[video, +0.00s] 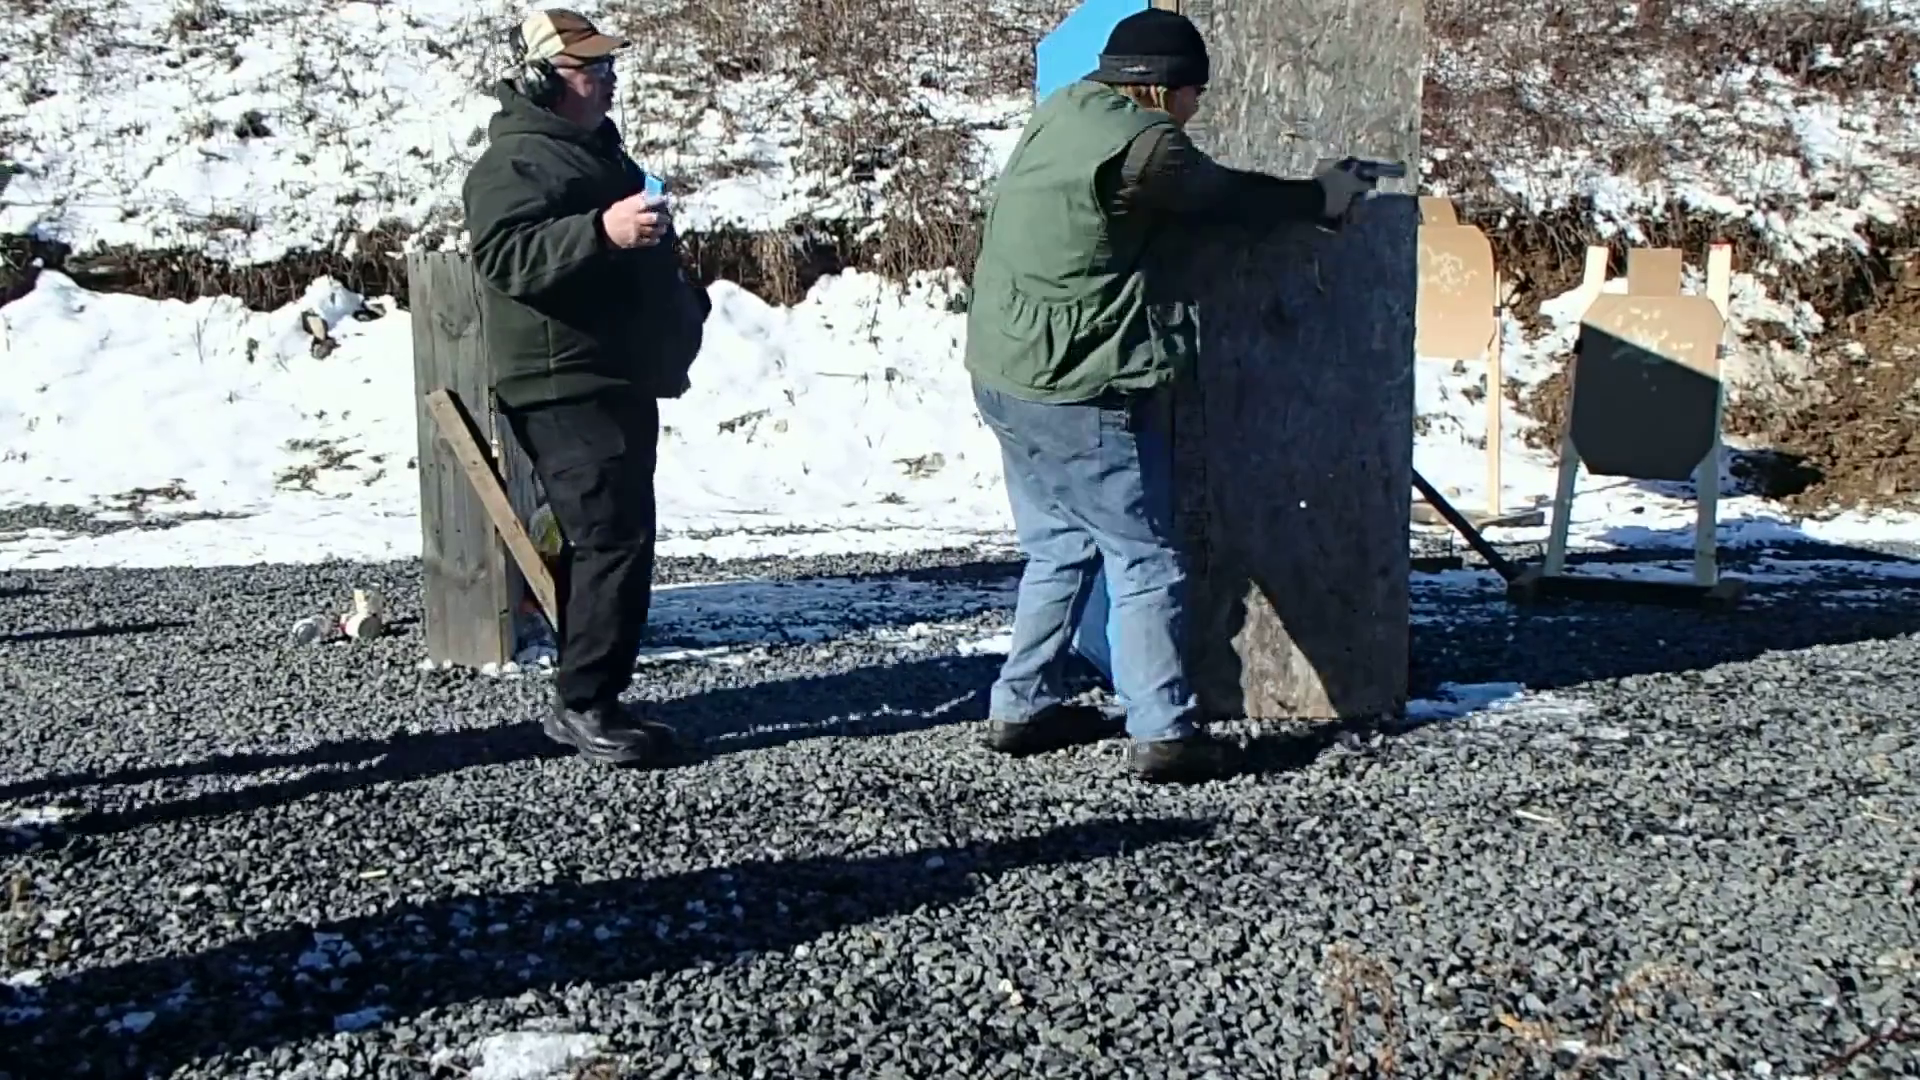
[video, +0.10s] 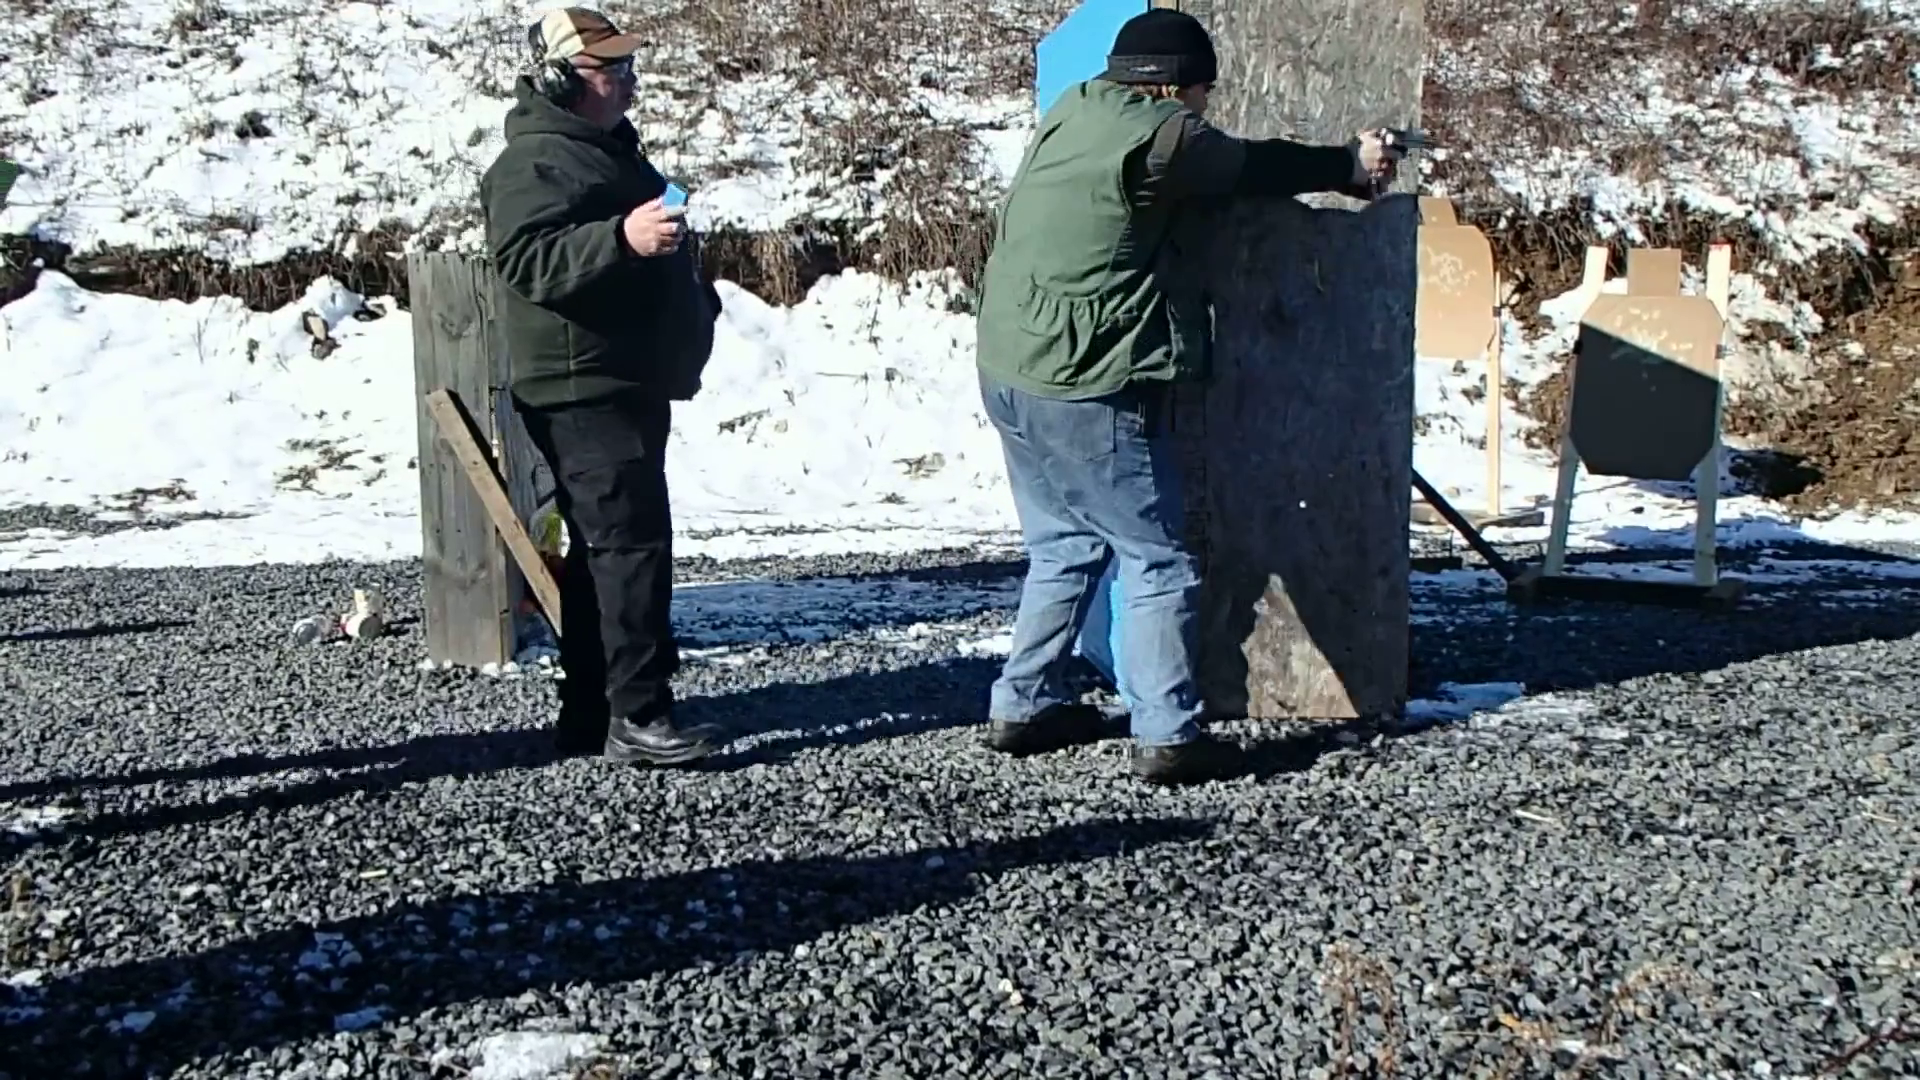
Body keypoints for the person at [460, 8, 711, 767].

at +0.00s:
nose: (609, 79)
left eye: (608, 67)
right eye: (595, 68)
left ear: (587, 78)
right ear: (553, 76)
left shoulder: (595, 148)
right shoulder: (512, 157)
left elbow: (632, 241)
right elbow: (510, 261)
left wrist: (673, 273)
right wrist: (603, 230)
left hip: (613, 373)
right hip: (559, 382)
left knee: (619, 535)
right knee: (607, 537)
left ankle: (594, 698)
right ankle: (582, 704)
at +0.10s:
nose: (631, 79)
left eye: (629, 66)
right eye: (617, 67)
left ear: (599, 77)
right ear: (576, 75)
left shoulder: (604, 146)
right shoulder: (534, 156)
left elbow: (638, 242)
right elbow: (530, 264)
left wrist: (687, 275)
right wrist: (621, 239)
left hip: (621, 379)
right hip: (577, 387)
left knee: (603, 546)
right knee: (629, 540)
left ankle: (590, 712)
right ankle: (637, 717)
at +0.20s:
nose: (645, 82)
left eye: (644, 70)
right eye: (633, 71)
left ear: (607, 78)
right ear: (594, 78)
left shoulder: (614, 143)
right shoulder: (555, 156)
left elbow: (645, 234)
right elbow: (558, 270)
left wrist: (696, 259)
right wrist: (648, 239)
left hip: (633, 381)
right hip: (597, 390)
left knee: (614, 547)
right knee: (642, 548)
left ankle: (593, 713)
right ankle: (663, 723)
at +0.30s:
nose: (659, 84)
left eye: (657, 71)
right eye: (646, 72)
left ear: (618, 78)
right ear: (604, 77)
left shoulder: (623, 145)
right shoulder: (571, 156)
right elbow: (587, 268)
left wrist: (704, 222)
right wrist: (679, 232)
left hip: (642, 387)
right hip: (615, 394)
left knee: (623, 553)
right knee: (651, 554)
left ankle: (593, 715)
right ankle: (663, 728)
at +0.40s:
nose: (671, 79)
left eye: (670, 65)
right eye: (659, 67)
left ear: (621, 72)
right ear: (618, 74)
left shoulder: (628, 139)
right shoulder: (587, 150)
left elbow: (645, 243)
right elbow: (613, 260)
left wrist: (722, 218)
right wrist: (706, 220)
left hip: (647, 386)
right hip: (629, 392)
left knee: (630, 550)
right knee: (660, 554)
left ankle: (595, 712)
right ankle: (660, 731)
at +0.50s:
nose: (685, 74)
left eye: (683, 61)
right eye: (675, 62)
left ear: (633, 67)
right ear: (637, 69)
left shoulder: (636, 134)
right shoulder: (601, 143)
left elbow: (657, 235)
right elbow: (634, 249)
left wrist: (736, 200)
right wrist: (732, 203)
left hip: (651, 383)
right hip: (640, 389)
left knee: (634, 545)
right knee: (666, 552)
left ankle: (596, 711)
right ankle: (663, 729)